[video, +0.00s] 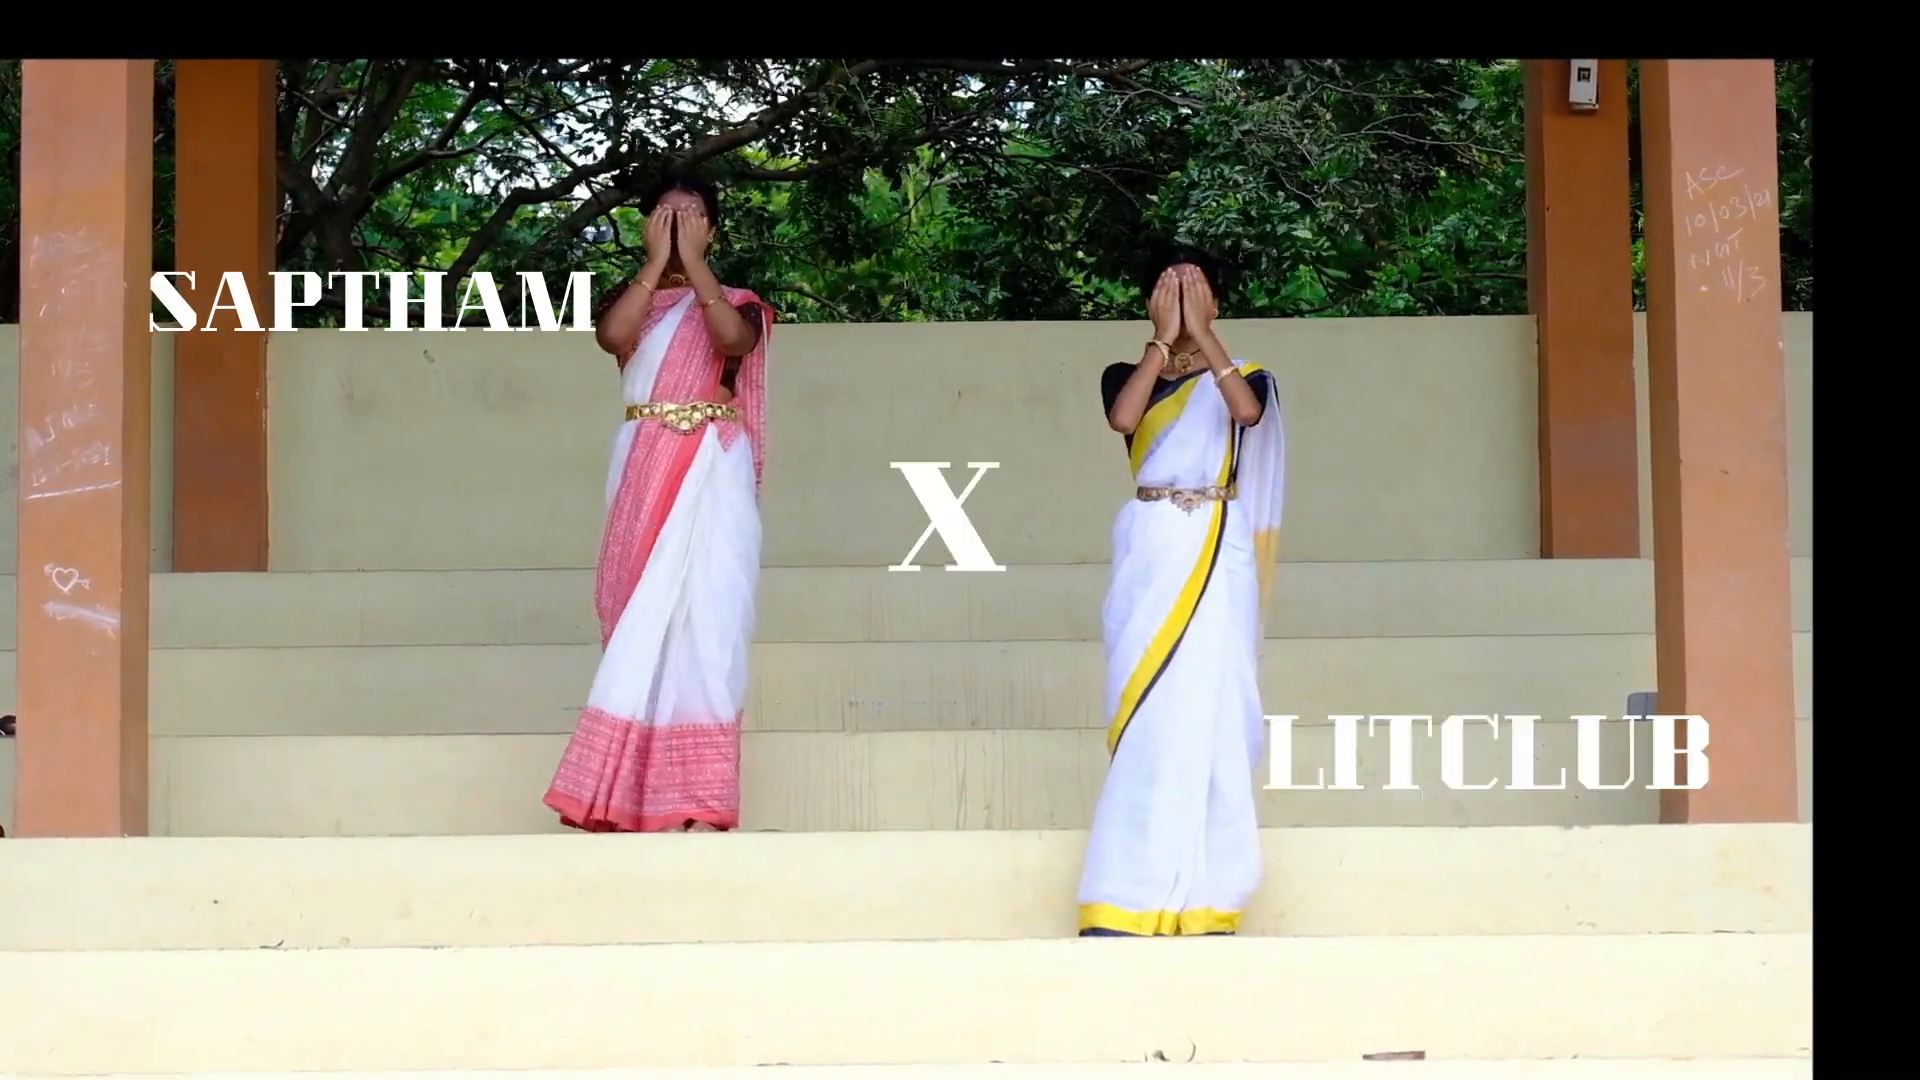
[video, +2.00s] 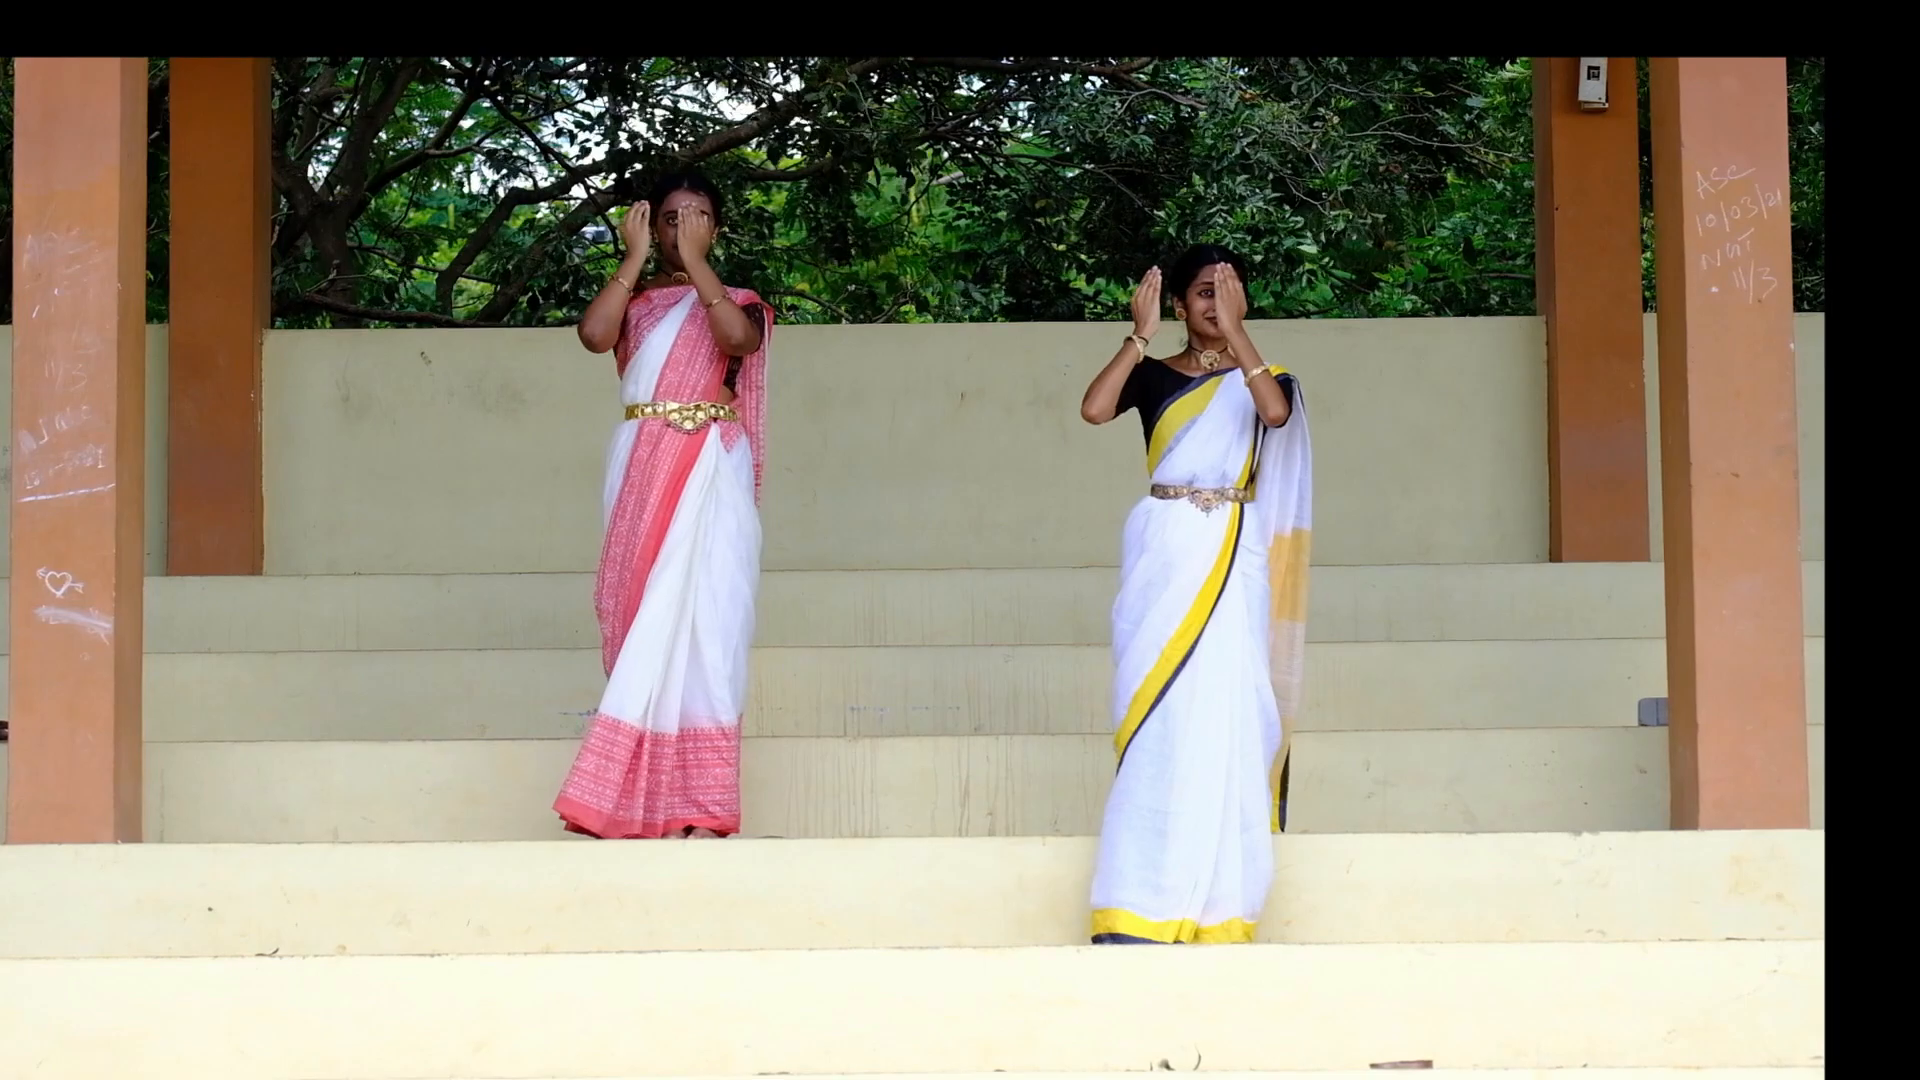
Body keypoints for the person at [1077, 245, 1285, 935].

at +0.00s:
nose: (1181, 304)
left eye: (1194, 290)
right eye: (1170, 290)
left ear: (1216, 303)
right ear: (1153, 304)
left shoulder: (1244, 376)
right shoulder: (1131, 377)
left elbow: (1245, 410)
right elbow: (1122, 417)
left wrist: (1203, 331)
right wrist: (1160, 342)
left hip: (1214, 553)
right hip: (1146, 551)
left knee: (1203, 711)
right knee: (1143, 710)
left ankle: (1203, 892)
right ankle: (1133, 892)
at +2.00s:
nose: (1214, 301)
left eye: (1223, 289)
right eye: (1203, 291)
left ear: (1243, 301)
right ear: (1181, 306)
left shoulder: (1267, 378)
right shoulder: (1156, 374)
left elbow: (1274, 409)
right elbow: (1094, 408)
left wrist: (1236, 329)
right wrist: (1139, 332)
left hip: (1228, 555)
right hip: (1159, 550)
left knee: (1220, 717)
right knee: (1152, 714)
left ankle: (1216, 901)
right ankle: (1143, 902)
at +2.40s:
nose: (1216, 304)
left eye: (1228, 291)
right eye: (1206, 293)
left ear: (1251, 304)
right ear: (1186, 307)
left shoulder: (1271, 380)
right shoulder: (1163, 371)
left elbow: (1269, 420)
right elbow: (1111, 405)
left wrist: (1235, 339)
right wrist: (1154, 332)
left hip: (1225, 562)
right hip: (1156, 556)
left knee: (1217, 721)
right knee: (1152, 717)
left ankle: (1214, 904)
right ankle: (1144, 901)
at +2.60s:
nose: (1201, 308)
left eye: (1214, 295)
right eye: (1191, 294)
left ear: (1237, 306)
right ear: (1174, 307)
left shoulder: (1263, 379)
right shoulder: (1156, 374)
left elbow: (1259, 423)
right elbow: (1120, 410)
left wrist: (1222, 339)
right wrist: (1159, 336)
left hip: (1223, 561)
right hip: (1155, 557)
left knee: (1215, 722)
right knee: (1153, 719)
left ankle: (1215, 902)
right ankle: (1148, 901)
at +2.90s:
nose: (1192, 313)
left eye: (1204, 300)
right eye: (1181, 299)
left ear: (1226, 307)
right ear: (1164, 306)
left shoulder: (1255, 379)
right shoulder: (1142, 375)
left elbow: (1250, 424)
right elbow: (1131, 420)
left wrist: (1211, 338)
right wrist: (1171, 340)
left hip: (1223, 565)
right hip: (1153, 562)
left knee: (1218, 725)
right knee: (1153, 722)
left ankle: (1218, 904)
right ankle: (1148, 903)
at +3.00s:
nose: (1192, 318)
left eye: (1204, 306)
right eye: (1180, 305)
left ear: (1225, 311)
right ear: (1163, 309)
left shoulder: (1254, 379)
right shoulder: (1138, 375)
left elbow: (1246, 424)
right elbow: (1132, 422)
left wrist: (1209, 338)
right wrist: (1173, 342)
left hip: (1223, 566)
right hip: (1153, 563)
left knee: (1219, 726)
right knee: (1153, 723)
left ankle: (1218, 906)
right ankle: (1148, 905)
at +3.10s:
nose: (1190, 316)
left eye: (1203, 304)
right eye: (1180, 303)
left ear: (1224, 310)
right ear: (1164, 310)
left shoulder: (1253, 379)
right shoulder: (1138, 376)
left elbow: (1245, 424)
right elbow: (1133, 422)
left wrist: (1207, 337)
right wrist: (1174, 342)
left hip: (1224, 566)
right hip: (1154, 563)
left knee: (1219, 726)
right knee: (1154, 724)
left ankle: (1219, 906)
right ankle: (1149, 906)